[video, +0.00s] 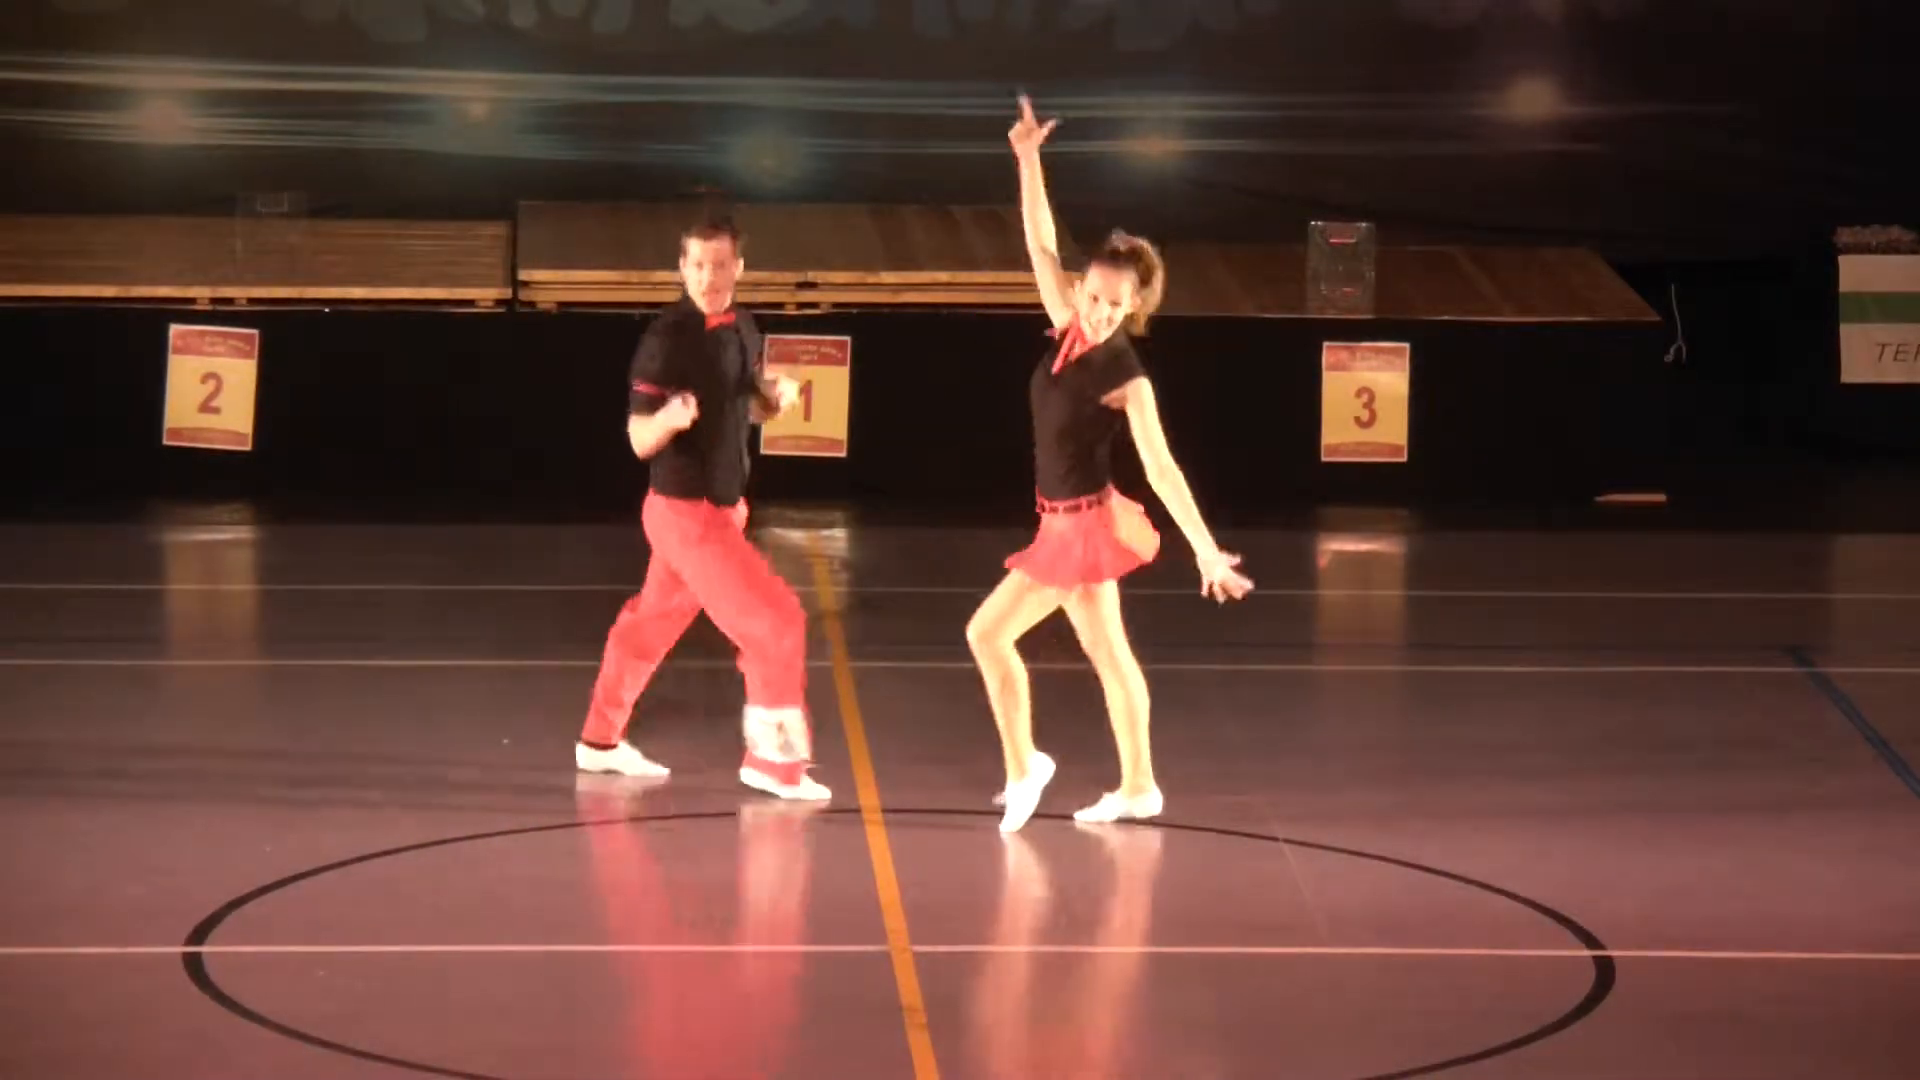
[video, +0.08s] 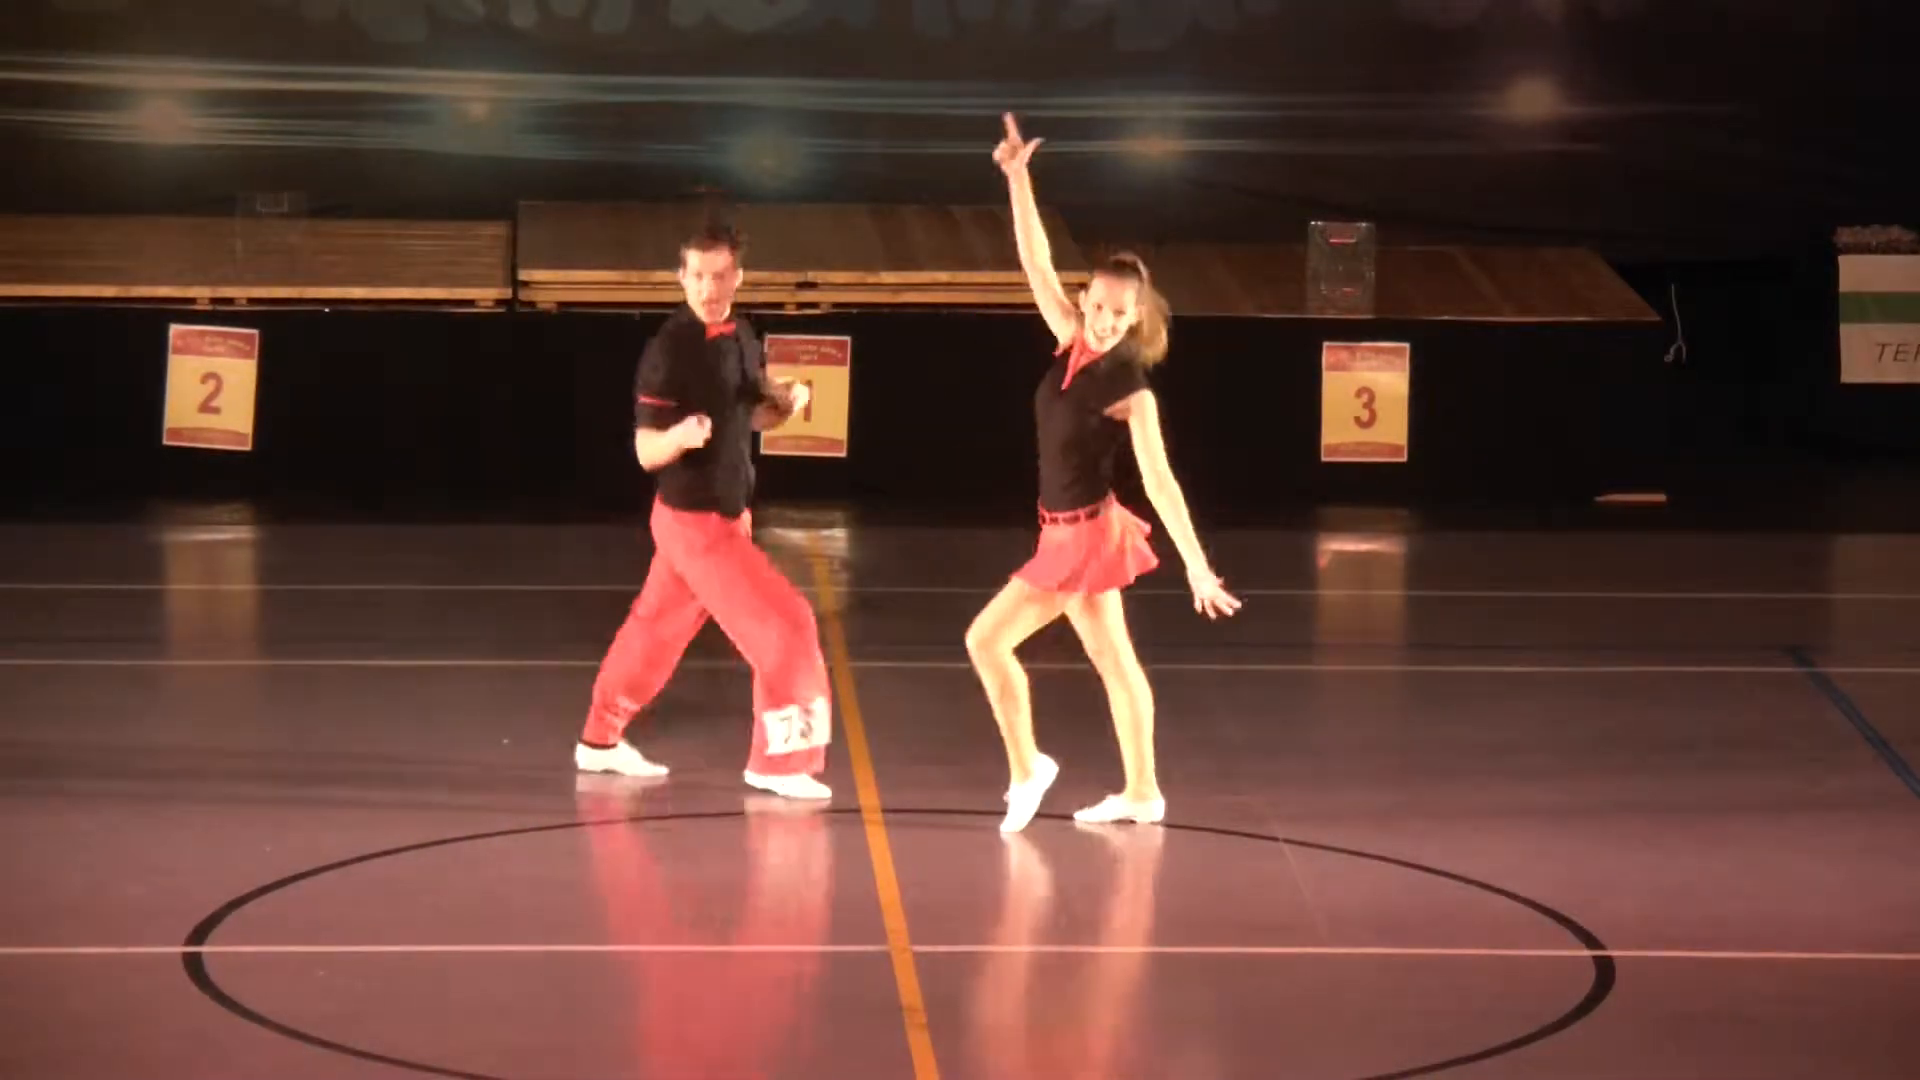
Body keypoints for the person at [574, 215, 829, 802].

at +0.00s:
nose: (710, 278)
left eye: (721, 265)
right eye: (699, 265)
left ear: (739, 266)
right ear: (682, 265)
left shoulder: (745, 333)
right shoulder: (665, 336)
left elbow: (755, 412)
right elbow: (639, 440)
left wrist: (773, 397)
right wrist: (669, 419)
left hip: (723, 510)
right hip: (677, 510)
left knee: (649, 625)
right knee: (775, 617)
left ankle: (599, 742)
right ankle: (772, 761)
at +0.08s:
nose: (712, 288)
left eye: (723, 275)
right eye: (701, 276)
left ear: (739, 275)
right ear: (682, 276)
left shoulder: (745, 338)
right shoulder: (670, 347)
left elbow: (750, 418)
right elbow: (646, 452)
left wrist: (783, 408)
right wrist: (678, 437)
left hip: (725, 514)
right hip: (687, 516)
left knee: (656, 628)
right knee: (782, 620)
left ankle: (599, 741)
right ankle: (777, 765)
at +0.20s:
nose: (738, 243)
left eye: (741, 232)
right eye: (726, 231)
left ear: (738, 236)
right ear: (690, 236)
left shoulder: (734, 292)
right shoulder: (664, 305)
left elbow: (768, 354)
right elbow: (637, 404)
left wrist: (830, 360)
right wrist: (697, 376)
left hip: (735, 470)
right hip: (692, 473)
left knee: (706, 590)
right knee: (750, 595)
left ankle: (641, 699)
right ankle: (770, 748)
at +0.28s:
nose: (746, 224)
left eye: (745, 213)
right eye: (735, 213)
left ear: (716, 222)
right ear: (696, 219)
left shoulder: (728, 283)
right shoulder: (670, 289)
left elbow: (780, 338)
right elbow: (633, 385)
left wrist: (853, 352)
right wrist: (705, 342)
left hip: (736, 451)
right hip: (688, 458)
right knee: (728, 572)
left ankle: (713, 640)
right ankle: (731, 736)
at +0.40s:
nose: (738, 239)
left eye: (737, 228)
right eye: (727, 229)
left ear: (710, 237)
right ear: (690, 237)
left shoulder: (722, 296)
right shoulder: (673, 307)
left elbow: (789, 344)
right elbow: (660, 389)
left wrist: (872, 363)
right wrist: (691, 416)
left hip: (732, 455)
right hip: (684, 481)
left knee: (824, 473)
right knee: (706, 607)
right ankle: (674, 767)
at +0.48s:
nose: (740, 238)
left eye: (739, 226)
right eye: (729, 227)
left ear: (711, 236)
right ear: (692, 235)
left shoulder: (728, 300)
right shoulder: (672, 301)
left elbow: (797, 344)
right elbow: (639, 392)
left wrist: (882, 355)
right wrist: (698, 380)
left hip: (721, 457)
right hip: (673, 478)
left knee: (814, 450)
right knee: (692, 602)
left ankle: (886, 550)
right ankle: (669, 760)